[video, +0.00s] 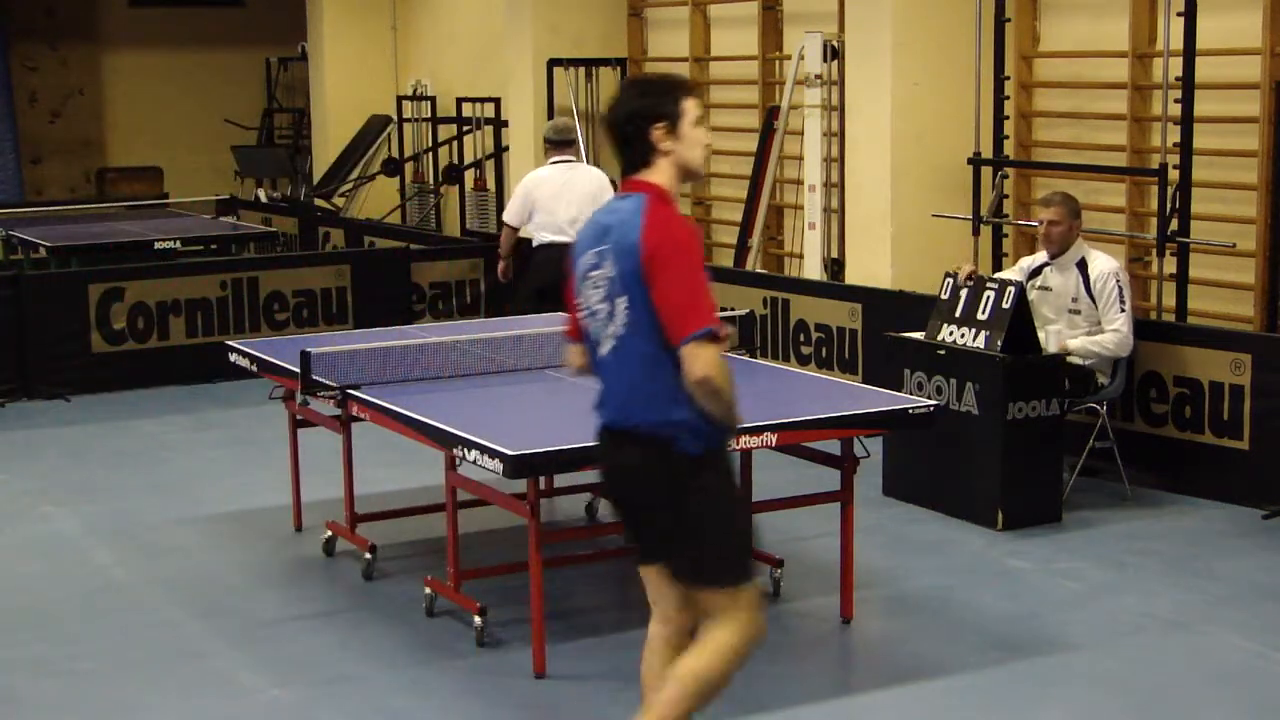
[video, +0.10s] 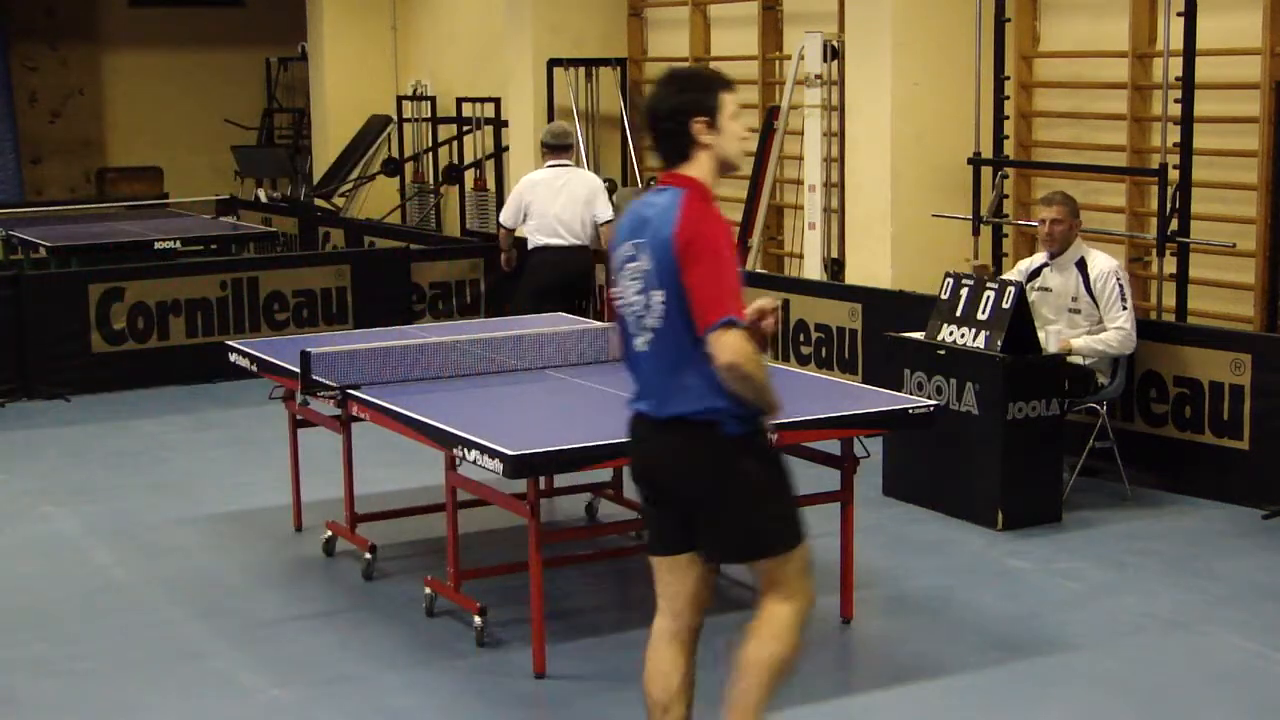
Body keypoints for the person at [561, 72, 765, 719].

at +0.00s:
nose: (709, 139)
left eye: (705, 124)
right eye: (699, 125)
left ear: (650, 137)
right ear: (662, 136)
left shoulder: (593, 228)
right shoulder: (666, 224)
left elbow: (579, 357)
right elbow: (702, 370)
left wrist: (667, 347)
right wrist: (732, 420)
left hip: (624, 446)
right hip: (679, 450)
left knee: (670, 614)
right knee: (739, 619)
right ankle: (658, 709)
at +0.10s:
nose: (749, 128)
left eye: (745, 115)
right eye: (738, 116)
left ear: (688, 130)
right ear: (702, 128)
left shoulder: (633, 217)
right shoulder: (697, 215)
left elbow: (651, 333)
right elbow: (729, 353)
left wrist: (734, 321)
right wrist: (769, 401)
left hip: (654, 437)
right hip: (717, 442)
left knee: (676, 609)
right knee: (788, 589)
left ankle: (668, 718)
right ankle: (739, 712)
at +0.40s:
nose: (848, 143)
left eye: (844, 132)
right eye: (844, 134)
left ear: (776, 146)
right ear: (832, 143)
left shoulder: (734, 221)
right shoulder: (823, 227)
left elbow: (711, 324)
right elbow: (875, 340)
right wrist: (906, 405)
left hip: (752, 429)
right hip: (827, 433)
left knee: (777, 577)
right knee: (862, 576)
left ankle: (711, 710)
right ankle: (876, 711)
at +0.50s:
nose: (871, 136)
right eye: (870, 128)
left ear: (801, 135)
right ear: (863, 138)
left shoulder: (753, 213)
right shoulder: (869, 224)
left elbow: (719, 317)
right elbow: (935, 330)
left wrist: (778, 318)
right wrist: (959, 414)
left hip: (778, 412)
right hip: (854, 417)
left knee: (808, 548)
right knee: (870, 564)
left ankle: (759, 667)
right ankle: (876, 711)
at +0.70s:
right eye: (892, 119)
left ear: (832, 127)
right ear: (896, 129)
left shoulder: (792, 204)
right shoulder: (923, 212)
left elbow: (751, 308)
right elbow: (984, 323)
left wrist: (791, 329)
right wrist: (982, 388)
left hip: (813, 397)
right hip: (888, 403)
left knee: (836, 531)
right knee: (885, 555)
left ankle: (846, 672)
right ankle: (880, 711)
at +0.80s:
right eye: (896, 124)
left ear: (839, 133)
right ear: (901, 134)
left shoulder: (803, 209)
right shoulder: (932, 215)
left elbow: (770, 315)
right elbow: (985, 327)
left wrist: (791, 323)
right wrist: (965, 381)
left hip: (826, 401)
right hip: (900, 404)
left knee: (854, 535)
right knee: (897, 548)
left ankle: (873, 661)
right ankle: (885, 706)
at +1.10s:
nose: (846, 124)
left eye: (844, 115)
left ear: (843, 124)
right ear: (900, 122)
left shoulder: (822, 191)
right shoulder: (938, 196)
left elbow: (805, 295)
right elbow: (977, 295)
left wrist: (788, 304)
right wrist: (946, 337)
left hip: (845, 380)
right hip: (916, 378)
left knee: (863, 516)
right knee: (913, 490)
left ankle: (883, 658)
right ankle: (932, 612)